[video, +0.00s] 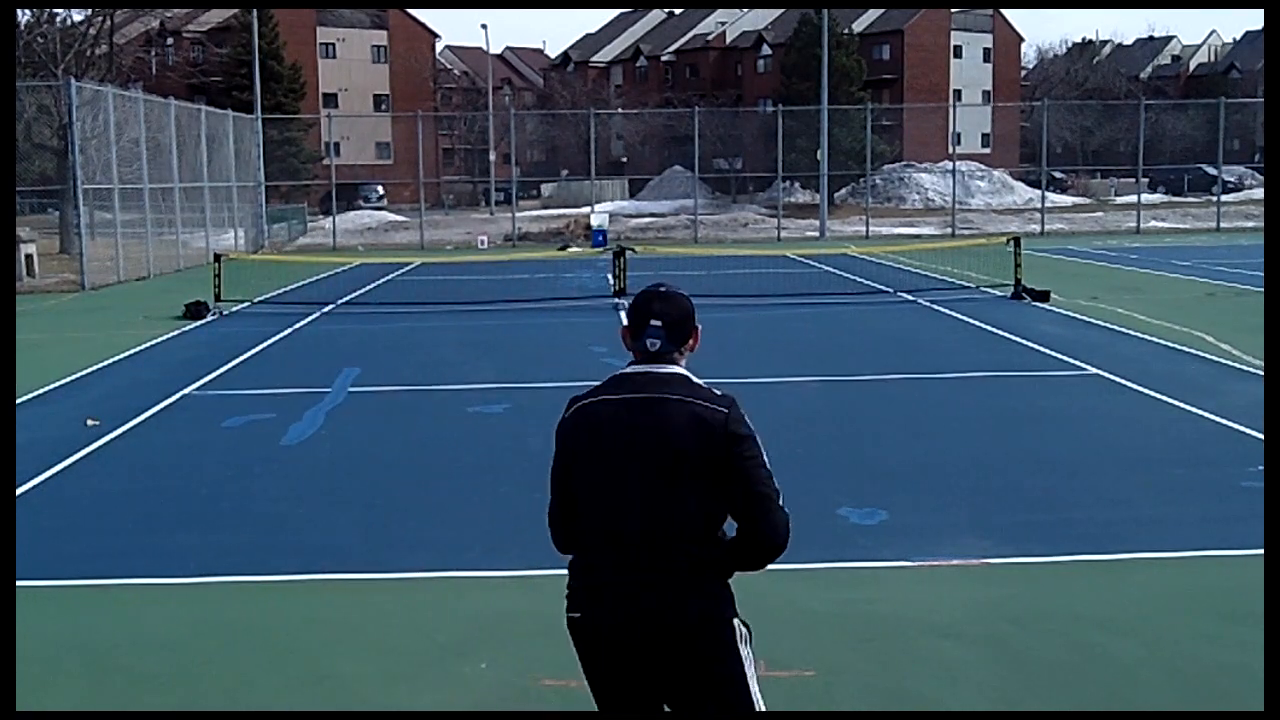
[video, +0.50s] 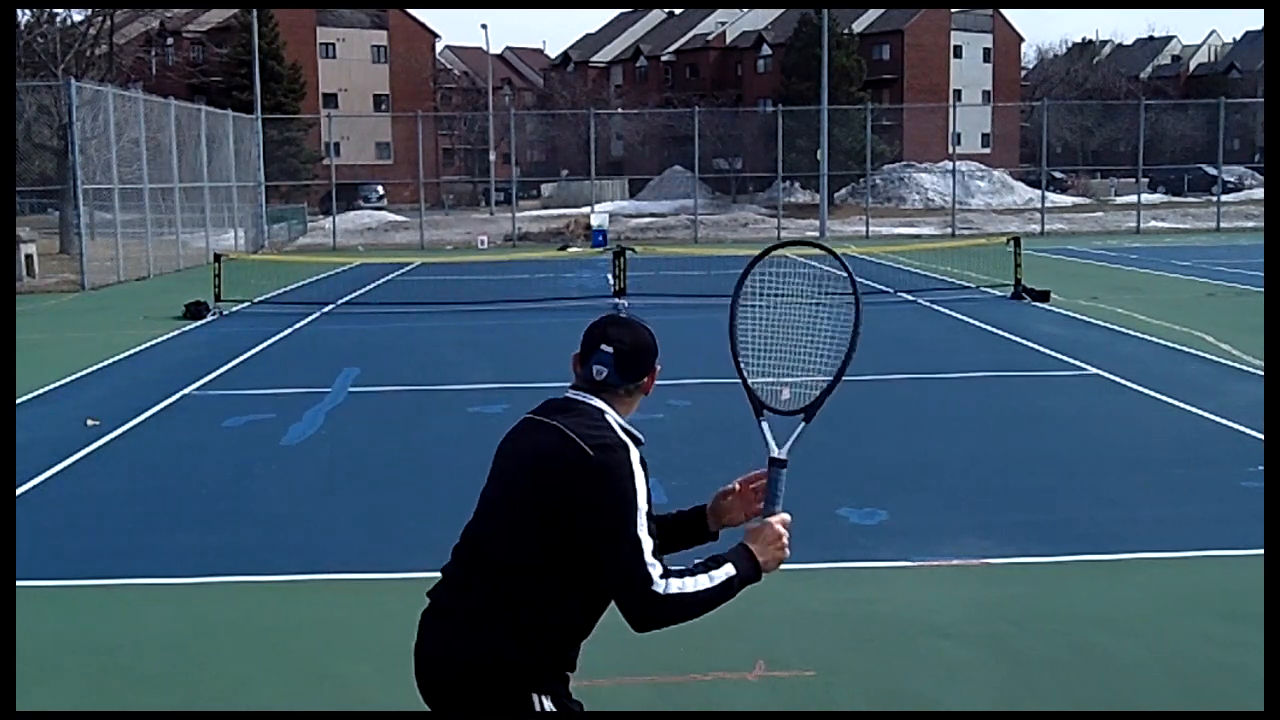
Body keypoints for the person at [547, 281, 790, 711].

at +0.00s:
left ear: (625, 336)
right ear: (693, 338)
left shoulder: (581, 411)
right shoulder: (718, 411)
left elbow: (564, 535)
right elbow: (769, 534)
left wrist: (626, 540)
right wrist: (712, 559)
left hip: (604, 622)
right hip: (696, 623)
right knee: (731, 713)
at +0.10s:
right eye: (685, 343)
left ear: (613, 340)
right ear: (683, 346)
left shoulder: (566, 412)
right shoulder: (685, 414)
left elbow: (573, 514)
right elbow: (734, 553)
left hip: (569, 619)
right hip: (661, 624)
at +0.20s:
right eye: (677, 341)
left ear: (601, 340)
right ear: (672, 349)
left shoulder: (561, 410)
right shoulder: (661, 417)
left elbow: (607, 511)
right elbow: (695, 562)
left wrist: (698, 493)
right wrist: (733, 544)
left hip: (539, 624)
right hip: (624, 632)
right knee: (687, 703)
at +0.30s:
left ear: (591, 344)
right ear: (664, 353)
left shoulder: (551, 410)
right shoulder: (647, 426)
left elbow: (610, 525)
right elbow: (678, 576)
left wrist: (707, 487)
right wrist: (737, 545)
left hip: (509, 632)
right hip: (593, 643)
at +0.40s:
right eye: (667, 360)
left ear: (584, 359)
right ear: (659, 369)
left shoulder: (546, 419)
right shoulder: (635, 446)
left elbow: (611, 535)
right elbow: (672, 596)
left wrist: (707, 496)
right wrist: (747, 553)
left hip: (477, 649)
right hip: (551, 667)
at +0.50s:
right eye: (657, 372)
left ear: (576, 365)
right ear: (650, 381)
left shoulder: (536, 426)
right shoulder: (611, 451)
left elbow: (603, 544)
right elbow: (648, 604)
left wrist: (709, 519)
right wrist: (749, 559)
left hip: (445, 653)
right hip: (514, 675)